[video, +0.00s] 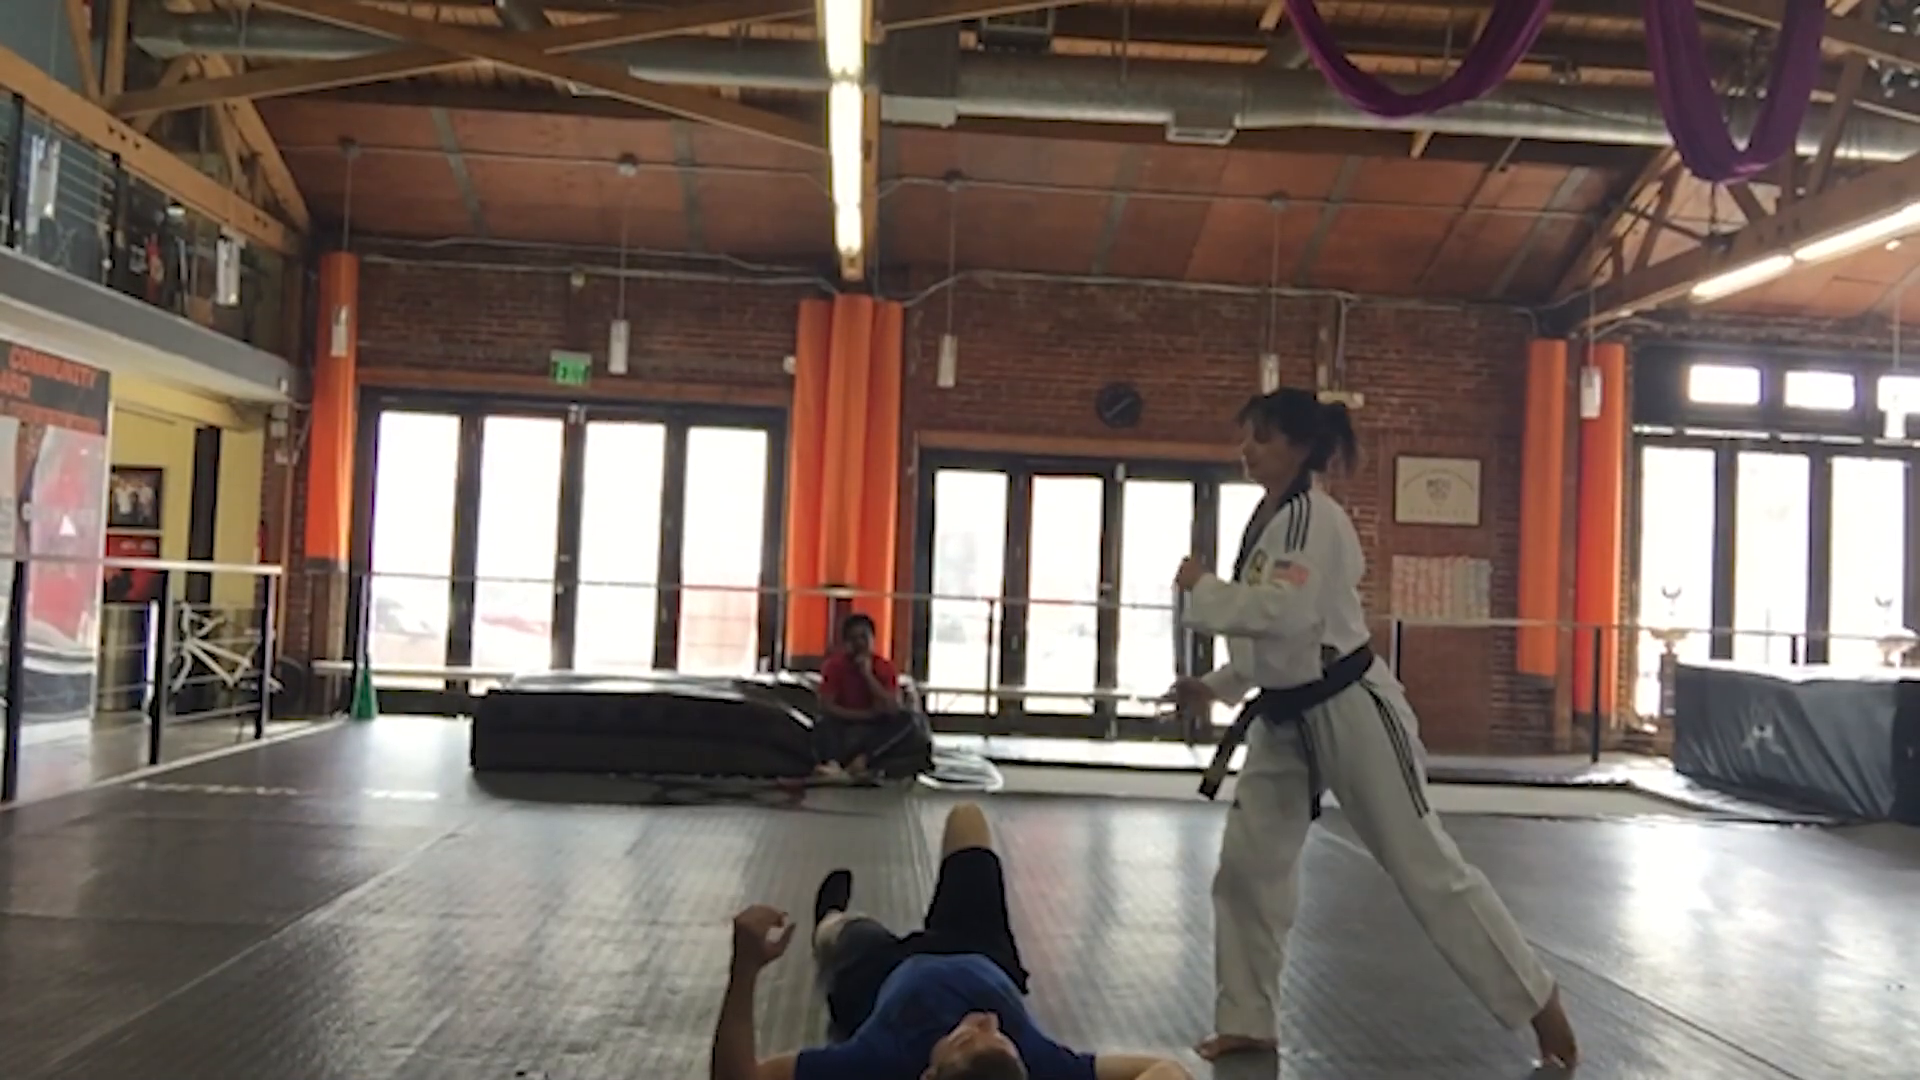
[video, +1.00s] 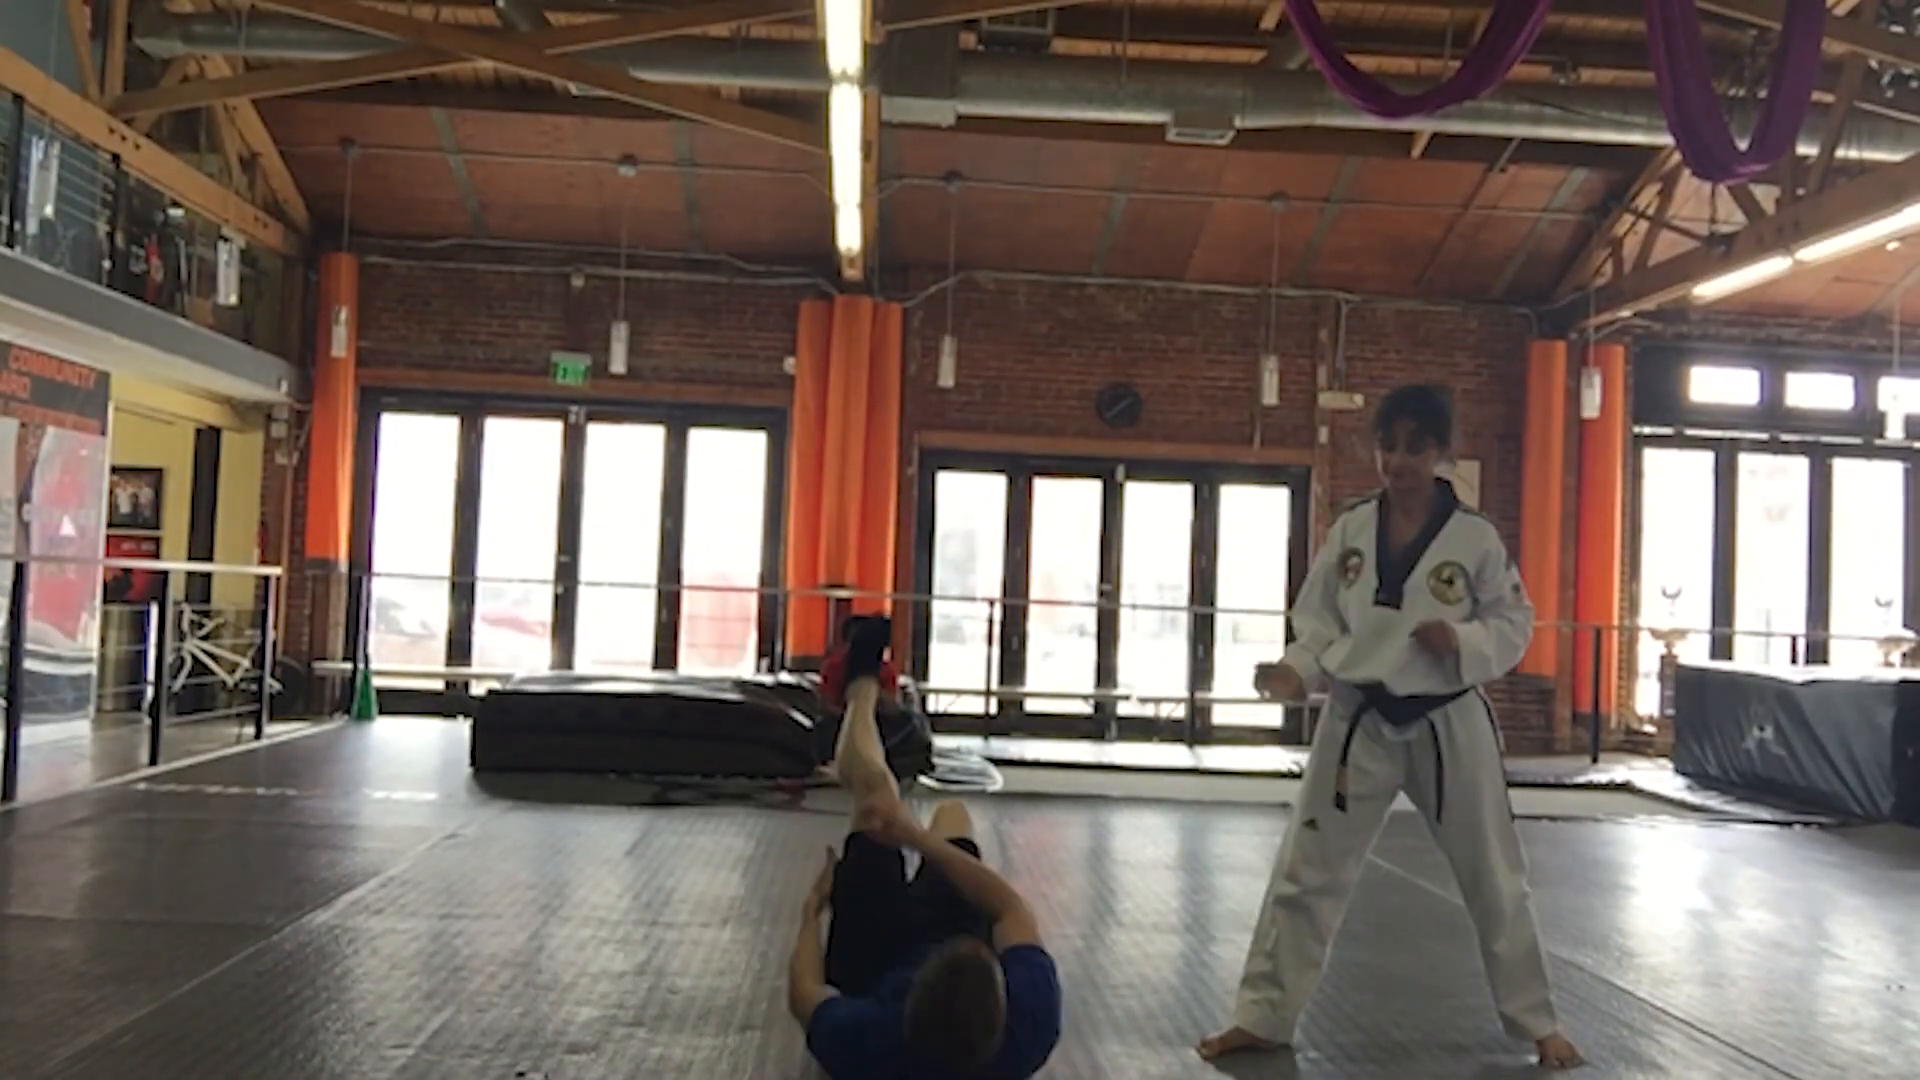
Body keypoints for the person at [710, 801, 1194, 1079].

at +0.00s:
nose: (983, 1016)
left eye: (964, 1039)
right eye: (1000, 1036)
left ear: (935, 1064)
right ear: (1020, 1051)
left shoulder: (868, 1059)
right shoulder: (1058, 1064)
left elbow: (737, 1072)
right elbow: (1166, 1068)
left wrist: (743, 968)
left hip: (880, 978)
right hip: (981, 966)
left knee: (843, 929)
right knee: (968, 809)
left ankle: (831, 921)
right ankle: (1001, 976)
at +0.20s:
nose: (986, 1017)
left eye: (965, 1040)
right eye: (1002, 1036)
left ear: (937, 1064)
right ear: (1021, 1050)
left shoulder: (870, 1057)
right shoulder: (1059, 1065)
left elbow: (740, 1071)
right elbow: (1165, 1070)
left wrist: (760, 961)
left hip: (881, 978)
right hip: (986, 967)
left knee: (844, 929)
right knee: (970, 811)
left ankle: (838, 915)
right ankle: (1002, 973)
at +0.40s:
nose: (986, 1017)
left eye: (966, 1039)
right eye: (1001, 1038)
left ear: (936, 1062)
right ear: (1017, 1055)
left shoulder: (871, 1057)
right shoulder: (1056, 1062)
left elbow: (741, 1067)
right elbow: (1173, 1061)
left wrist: (793, 949)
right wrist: (1105, 1066)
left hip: (879, 975)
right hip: (977, 962)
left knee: (846, 929)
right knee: (969, 811)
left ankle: (826, 932)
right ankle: (1005, 971)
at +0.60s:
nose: (977, 1025)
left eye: (962, 1047)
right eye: (993, 1042)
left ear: (937, 1070)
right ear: (1013, 1060)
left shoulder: (876, 1062)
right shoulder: (1050, 1064)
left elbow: (769, 1044)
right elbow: (1151, 997)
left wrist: (850, 976)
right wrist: (1032, 1022)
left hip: (889, 982)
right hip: (983, 964)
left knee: (864, 896)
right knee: (955, 812)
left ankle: (848, 886)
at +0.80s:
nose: (981, 1011)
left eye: (965, 1030)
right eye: (995, 1022)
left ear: (934, 1062)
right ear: (1017, 1050)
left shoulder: (867, 1056)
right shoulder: (1039, 1051)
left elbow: (785, 1034)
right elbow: (1066, 906)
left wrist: (816, 918)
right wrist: (963, 918)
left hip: (887, 981)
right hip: (984, 973)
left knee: (865, 800)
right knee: (950, 805)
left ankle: (868, 705)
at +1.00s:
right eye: (983, 961)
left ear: (911, 1005)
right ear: (1001, 998)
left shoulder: (858, 1039)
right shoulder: (1032, 1025)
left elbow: (805, 991)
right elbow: (1009, 907)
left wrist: (812, 912)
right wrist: (917, 839)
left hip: (877, 971)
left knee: (875, 791)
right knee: (951, 810)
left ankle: (863, 688)